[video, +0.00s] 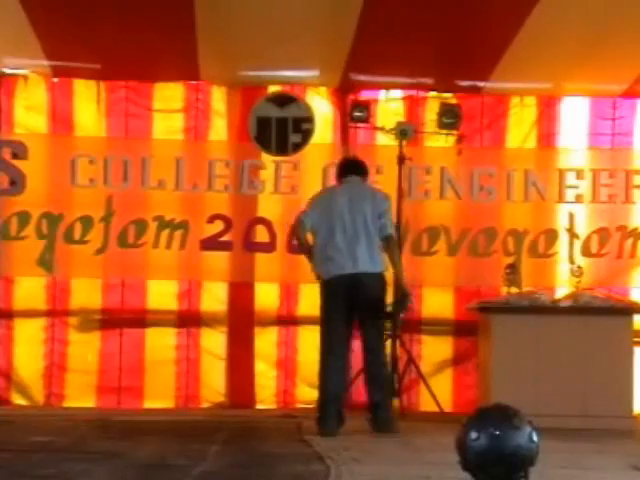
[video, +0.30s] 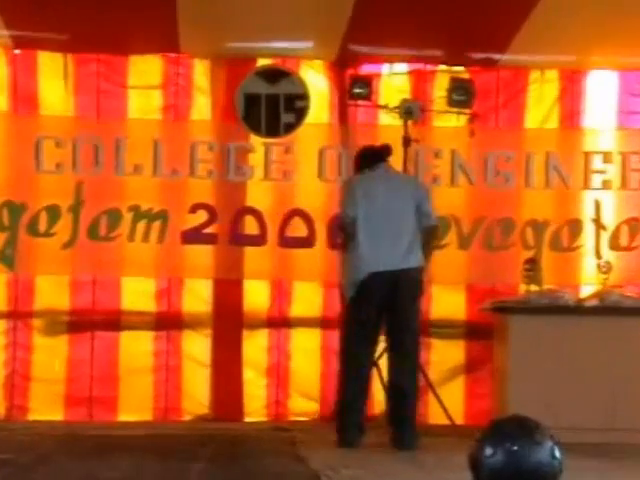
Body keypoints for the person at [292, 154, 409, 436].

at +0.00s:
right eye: (362, 176)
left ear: (338, 177)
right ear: (365, 176)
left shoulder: (325, 197)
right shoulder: (378, 198)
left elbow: (298, 228)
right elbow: (389, 239)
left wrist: (312, 254)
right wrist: (400, 281)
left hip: (335, 281)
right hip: (371, 279)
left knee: (334, 350)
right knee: (375, 349)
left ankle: (330, 418)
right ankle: (382, 416)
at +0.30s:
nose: (358, 176)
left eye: (358, 170)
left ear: (361, 166)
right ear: (387, 161)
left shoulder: (356, 184)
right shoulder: (412, 184)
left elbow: (349, 223)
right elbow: (429, 223)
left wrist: (349, 243)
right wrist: (417, 250)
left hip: (369, 272)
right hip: (408, 272)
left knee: (357, 355)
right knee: (404, 353)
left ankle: (350, 429)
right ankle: (405, 432)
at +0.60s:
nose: (353, 181)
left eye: (354, 173)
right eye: (349, 175)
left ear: (368, 165)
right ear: (362, 170)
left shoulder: (395, 185)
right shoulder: (378, 194)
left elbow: (422, 221)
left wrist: (395, 258)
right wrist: (386, 263)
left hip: (402, 285)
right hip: (393, 285)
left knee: (361, 353)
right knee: (392, 358)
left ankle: (356, 424)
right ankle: (399, 430)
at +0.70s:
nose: (361, 176)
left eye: (364, 169)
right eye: (358, 170)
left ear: (379, 163)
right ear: (361, 169)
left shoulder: (408, 185)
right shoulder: (376, 194)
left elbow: (440, 223)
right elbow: (373, 225)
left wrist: (417, 263)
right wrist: (360, 245)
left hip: (409, 285)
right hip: (387, 283)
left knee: (389, 354)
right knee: (378, 354)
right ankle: (397, 425)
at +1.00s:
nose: (401, 173)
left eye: (406, 166)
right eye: (396, 167)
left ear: (417, 163)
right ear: (387, 165)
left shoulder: (436, 190)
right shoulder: (374, 193)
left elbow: (453, 233)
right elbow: (367, 236)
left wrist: (445, 276)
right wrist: (359, 280)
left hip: (423, 285)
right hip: (383, 284)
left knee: (425, 362)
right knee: (370, 360)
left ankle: (425, 430)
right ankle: (369, 430)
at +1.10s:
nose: (408, 174)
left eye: (414, 167)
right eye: (403, 167)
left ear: (424, 164)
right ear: (395, 165)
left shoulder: (444, 193)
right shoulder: (380, 195)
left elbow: (461, 235)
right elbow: (369, 240)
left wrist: (453, 272)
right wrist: (362, 280)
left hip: (425, 285)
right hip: (386, 282)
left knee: (424, 362)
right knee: (357, 344)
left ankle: (421, 433)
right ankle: (351, 415)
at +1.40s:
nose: (416, 177)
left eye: (422, 170)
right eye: (412, 170)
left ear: (431, 167)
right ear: (402, 165)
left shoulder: (447, 191)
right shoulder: (385, 191)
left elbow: (468, 228)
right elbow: (376, 237)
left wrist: (456, 270)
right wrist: (374, 276)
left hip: (427, 285)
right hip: (389, 283)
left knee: (425, 360)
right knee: (377, 354)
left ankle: (422, 430)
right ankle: (380, 425)